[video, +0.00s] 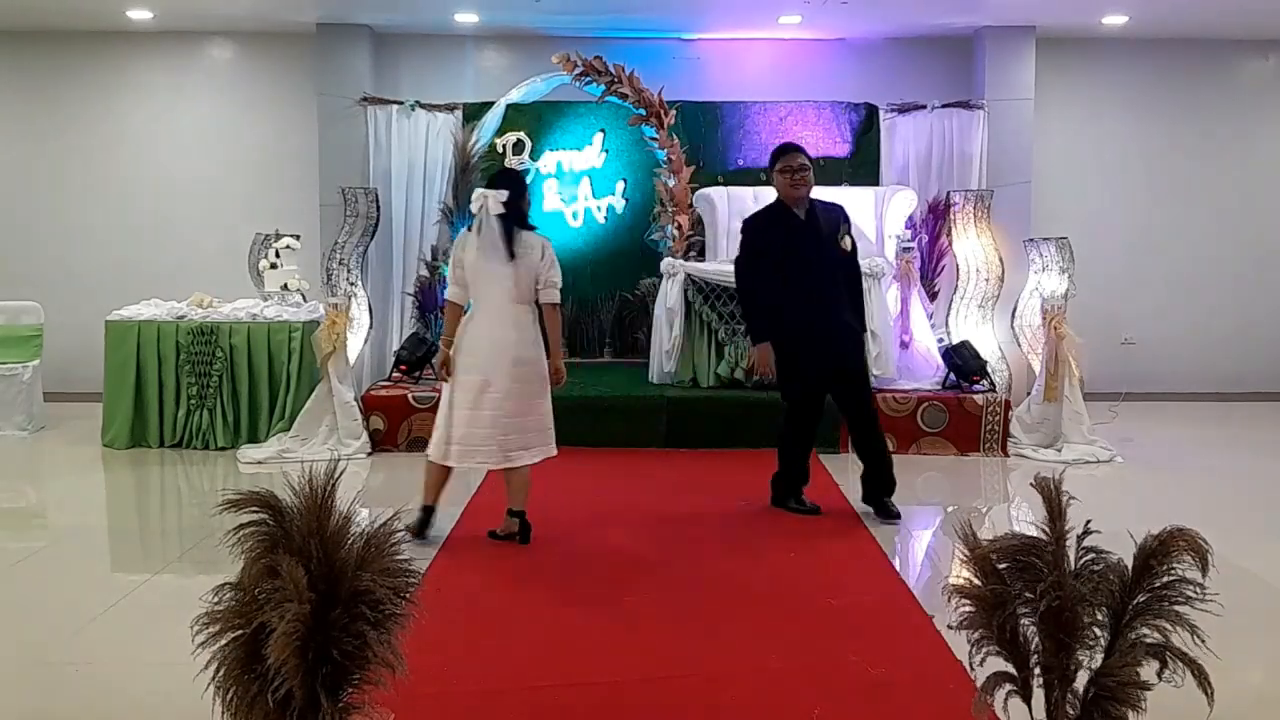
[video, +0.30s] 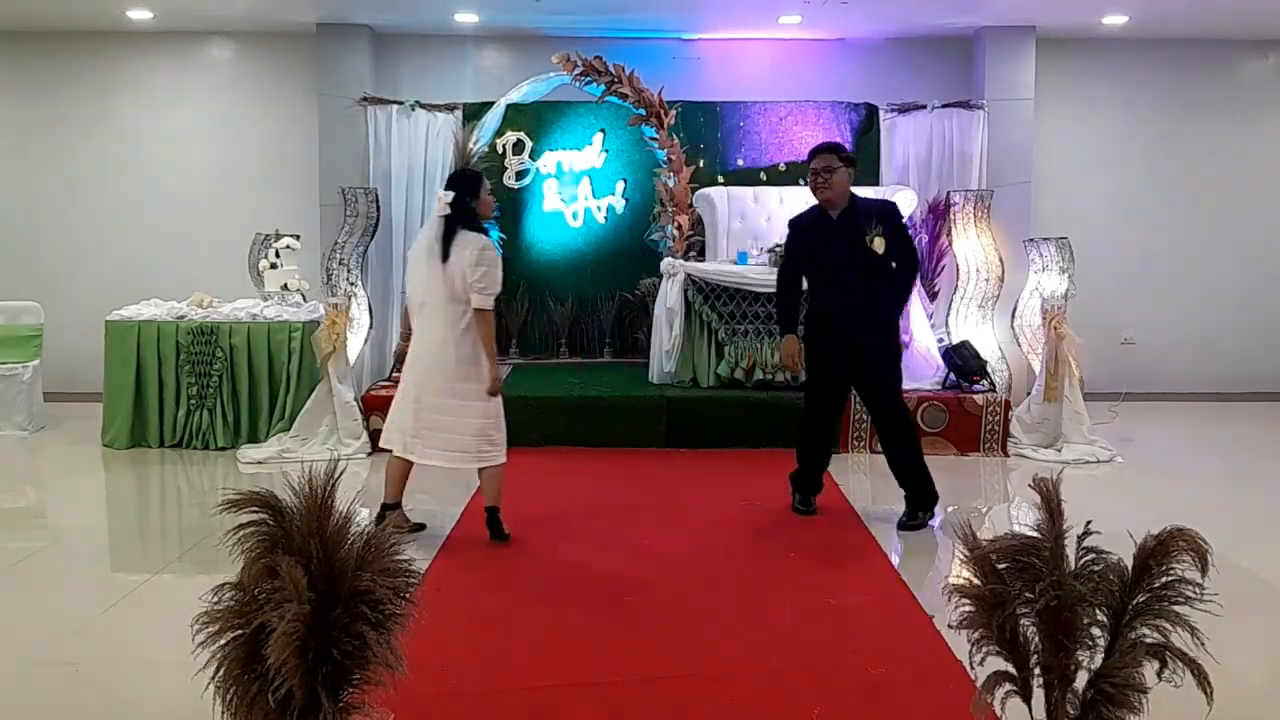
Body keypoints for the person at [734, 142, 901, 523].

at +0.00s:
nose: (797, 176)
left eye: (803, 169)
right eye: (787, 171)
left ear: (813, 174)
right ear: (773, 179)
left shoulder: (835, 216)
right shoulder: (758, 226)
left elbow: (852, 276)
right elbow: (748, 287)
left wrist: (858, 329)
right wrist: (760, 340)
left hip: (841, 335)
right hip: (794, 340)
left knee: (864, 419)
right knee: (800, 419)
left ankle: (878, 494)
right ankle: (787, 491)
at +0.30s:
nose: (819, 180)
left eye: (828, 172)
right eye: (813, 174)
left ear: (850, 174)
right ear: (809, 181)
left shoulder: (882, 213)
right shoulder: (803, 227)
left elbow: (908, 264)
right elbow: (788, 282)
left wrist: (889, 314)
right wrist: (788, 331)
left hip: (874, 336)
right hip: (825, 339)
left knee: (892, 419)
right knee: (817, 416)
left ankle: (921, 499)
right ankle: (805, 487)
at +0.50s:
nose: (835, 182)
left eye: (844, 175)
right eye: (833, 176)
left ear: (871, 177)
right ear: (833, 181)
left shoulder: (908, 219)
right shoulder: (830, 229)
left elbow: (934, 277)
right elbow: (819, 287)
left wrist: (940, 333)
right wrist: (813, 336)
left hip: (899, 345)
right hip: (849, 346)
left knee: (903, 426)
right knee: (834, 420)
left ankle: (921, 502)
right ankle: (825, 489)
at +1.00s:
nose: (833, 175)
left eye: (839, 167)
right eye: (834, 168)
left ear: (864, 172)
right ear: (860, 173)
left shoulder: (883, 218)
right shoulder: (855, 215)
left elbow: (891, 287)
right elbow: (852, 285)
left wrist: (897, 343)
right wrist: (835, 339)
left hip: (872, 341)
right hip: (852, 338)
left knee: (877, 417)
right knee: (865, 419)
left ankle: (928, 477)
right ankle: (879, 499)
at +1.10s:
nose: (829, 176)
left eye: (835, 169)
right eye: (829, 169)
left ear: (861, 172)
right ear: (857, 174)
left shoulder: (873, 217)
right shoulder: (855, 214)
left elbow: (879, 289)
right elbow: (844, 285)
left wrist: (868, 346)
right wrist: (826, 337)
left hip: (866, 341)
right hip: (851, 337)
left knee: (838, 404)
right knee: (861, 416)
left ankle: (912, 435)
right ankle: (879, 498)